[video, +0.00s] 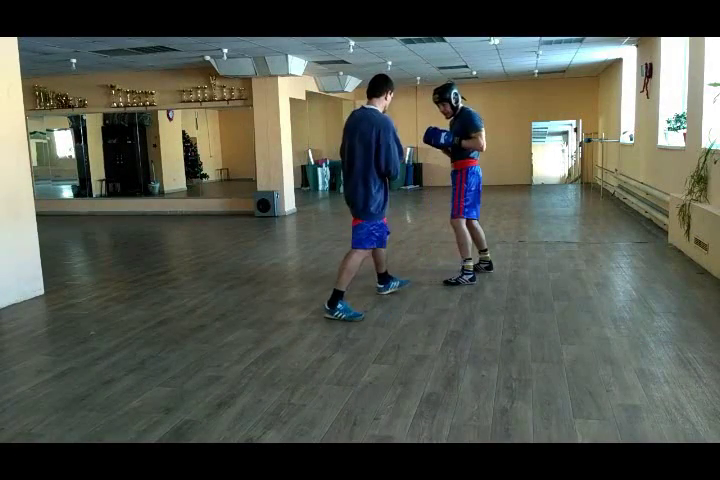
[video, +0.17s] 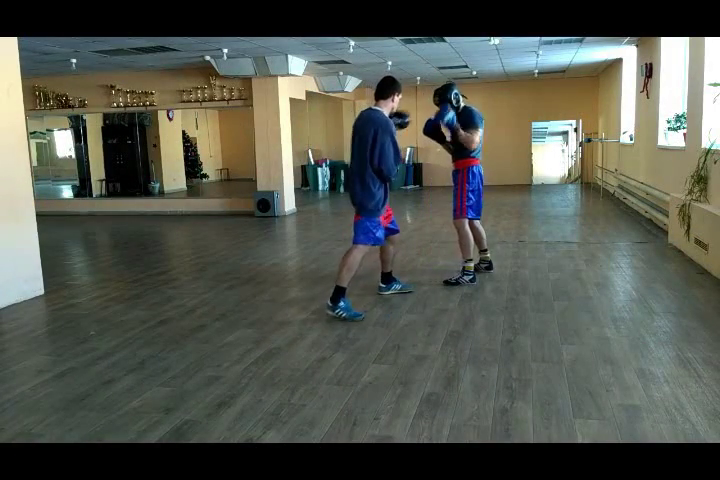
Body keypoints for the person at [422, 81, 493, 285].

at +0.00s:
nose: (442, 110)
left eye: (443, 105)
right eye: (439, 106)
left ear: (454, 100)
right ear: (442, 104)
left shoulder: (469, 115)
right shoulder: (455, 121)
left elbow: (480, 144)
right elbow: (456, 153)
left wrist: (453, 141)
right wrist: (441, 143)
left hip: (467, 170)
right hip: (462, 170)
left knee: (457, 220)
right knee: (470, 219)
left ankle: (467, 271)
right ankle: (485, 260)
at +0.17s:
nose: (439, 108)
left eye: (440, 104)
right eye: (438, 105)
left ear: (450, 100)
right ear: (452, 99)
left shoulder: (469, 113)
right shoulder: (453, 118)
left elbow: (472, 143)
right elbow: (455, 150)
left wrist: (454, 125)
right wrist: (441, 139)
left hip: (468, 168)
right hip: (463, 168)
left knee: (460, 221)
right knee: (472, 219)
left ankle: (468, 271)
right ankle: (485, 259)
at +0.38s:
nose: (443, 107)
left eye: (444, 103)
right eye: (442, 104)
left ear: (450, 101)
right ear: (456, 99)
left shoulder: (467, 113)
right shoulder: (462, 113)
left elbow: (441, 136)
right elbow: (439, 136)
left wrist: (442, 112)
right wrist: (441, 116)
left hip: (470, 168)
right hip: (476, 166)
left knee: (466, 220)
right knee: (478, 217)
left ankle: (469, 271)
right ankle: (486, 258)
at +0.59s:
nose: (452, 108)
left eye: (451, 104)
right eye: (450, 105)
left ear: (461, 100)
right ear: (467, 99)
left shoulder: (476, 114)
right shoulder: (478, 115)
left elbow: (470, 144)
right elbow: (466, 145)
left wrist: (452, 125)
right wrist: (448, 133)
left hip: (474, 170)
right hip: (483, 169)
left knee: (464, 220)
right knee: (482, 218)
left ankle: (468, 271)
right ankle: (501, 260)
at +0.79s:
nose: (461, 110)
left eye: (461, 105)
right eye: (459, 106)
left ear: (472, 100)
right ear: (472, 99)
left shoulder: (488, 113)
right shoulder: (482, 116)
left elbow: (496, 140)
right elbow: (480, 145)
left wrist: (471, 137)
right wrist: (465, 136)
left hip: (483, 168)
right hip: (488, 167)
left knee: (469, 217)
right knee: (486, 216)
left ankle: (470, 269)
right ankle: (503, 261)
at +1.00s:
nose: (459, 110)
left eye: (459, 106)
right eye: (458, 107)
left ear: (468, 101)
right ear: (472, 100)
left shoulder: (484, 114)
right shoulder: (488, 114)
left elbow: (484, 145)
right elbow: (479, 143)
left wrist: (463, 135)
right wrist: (461, 135)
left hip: (483, 169)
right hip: (494, 168)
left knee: (470, 219)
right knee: (489, 216)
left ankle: (473, 271)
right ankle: (503, 261)